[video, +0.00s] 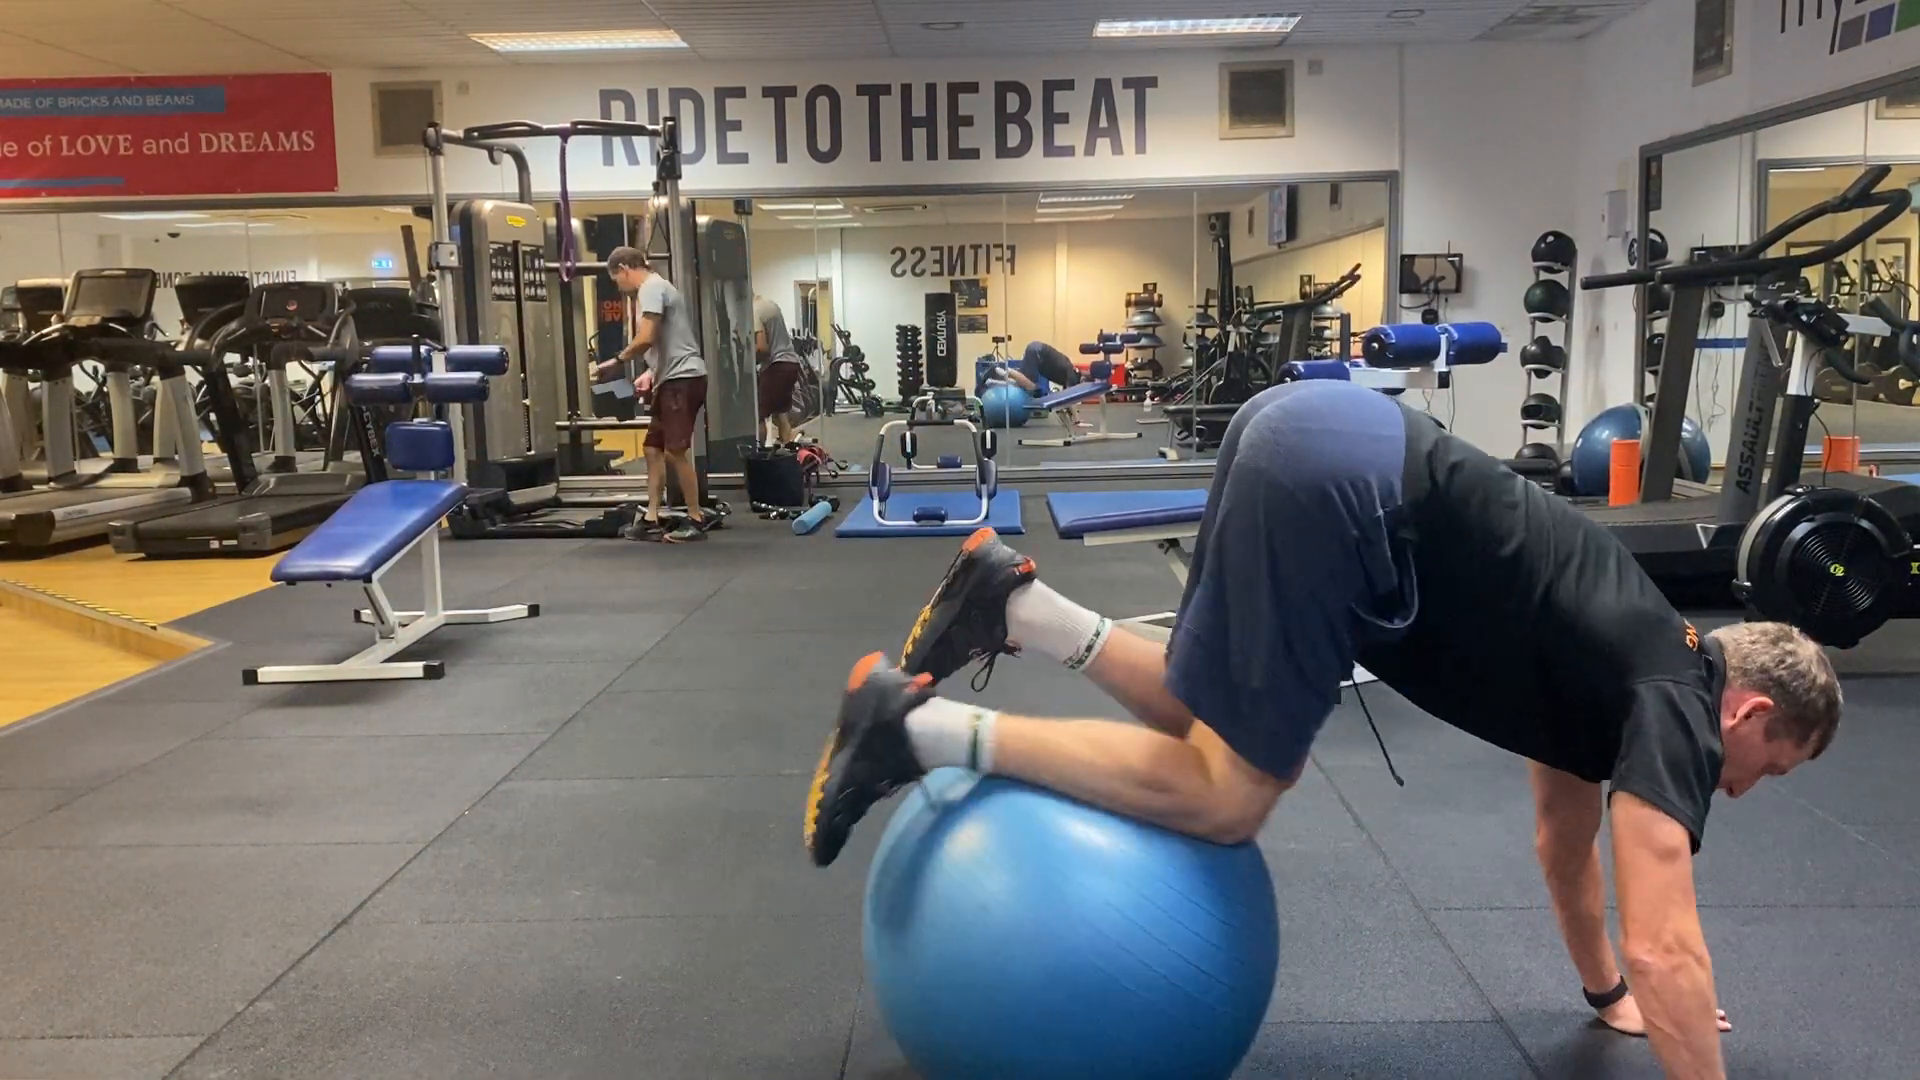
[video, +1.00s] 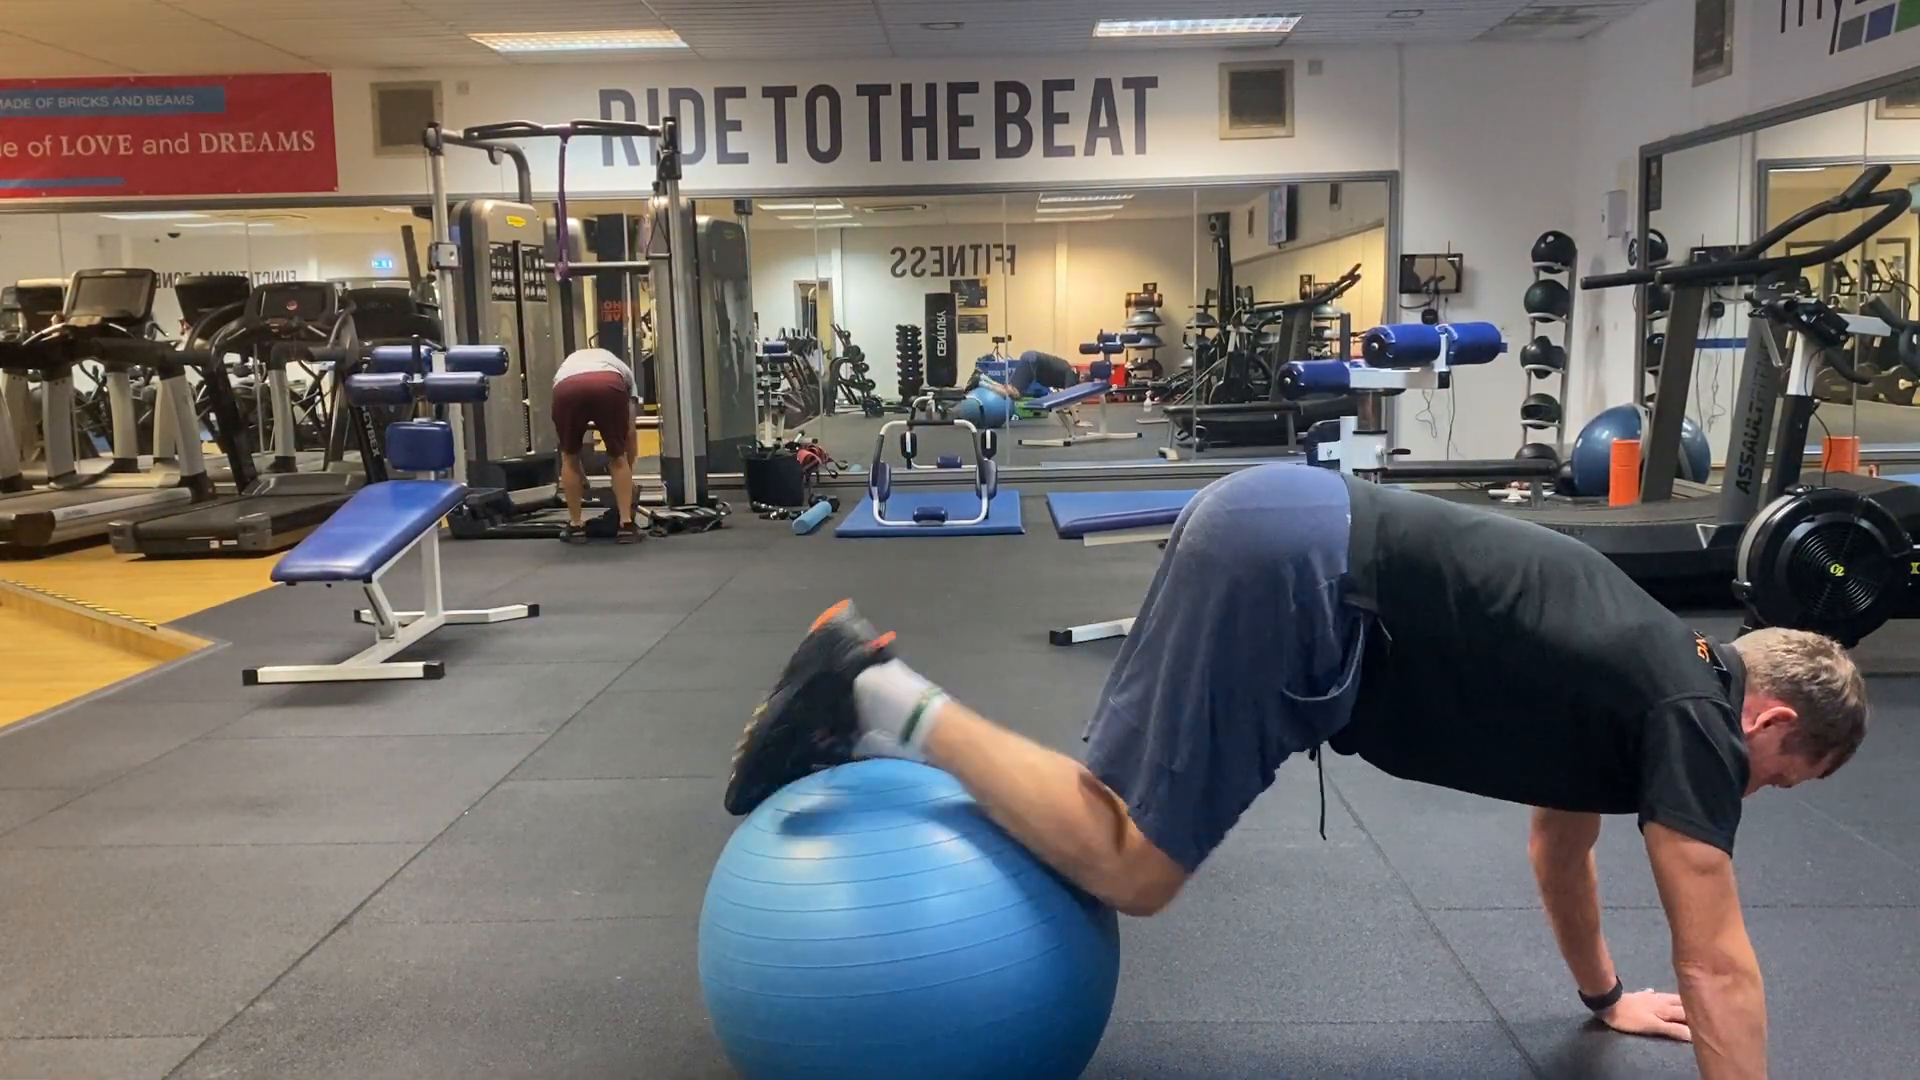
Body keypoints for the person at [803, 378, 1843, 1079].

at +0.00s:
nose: (1751, 779)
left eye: (1770, 771)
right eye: (1766, 759)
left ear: (1722, 662)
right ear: (1742, 702)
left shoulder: (1613, 648)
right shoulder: (1669, 698)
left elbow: (1570, 841)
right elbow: (1666, 961)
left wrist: (1610, 992)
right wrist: (1708, 1072)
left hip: (1317, 423)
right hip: (1337, 467)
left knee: (1213, 704)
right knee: (1225, 793)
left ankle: (1012, 603)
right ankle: (909, 723)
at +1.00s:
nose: (1770, 788)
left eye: (1787, 776)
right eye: (1789, 771)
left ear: (1747, 674)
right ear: (1775, 718)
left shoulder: (1626, 649)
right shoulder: (1692, 710)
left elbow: (1561, 847)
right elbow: (1717, 974)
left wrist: (1609, 1000)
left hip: (1285, 509)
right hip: (1301, 556)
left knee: (1114, 816)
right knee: (1135, 871)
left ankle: (868, 685)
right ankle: (875, 689)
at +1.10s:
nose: (1768, 797)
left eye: (1786, 786)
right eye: (1786, 778)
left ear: (1745, 682)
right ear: (1768, 716)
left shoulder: (1627, 658)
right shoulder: (1685, 711)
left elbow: (1567, 848)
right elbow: (1719, 976)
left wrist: (1607, 993)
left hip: (1276, 518)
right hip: (1298, 556)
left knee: (1133, 826)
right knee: (1198, 899)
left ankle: (851, 712)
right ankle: (1016, 623)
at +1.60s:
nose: (1795, 811)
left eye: (1813, 803)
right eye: (1816, 794)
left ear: (1781, 700)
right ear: (1810, 732)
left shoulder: (1656, 650)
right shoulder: (1730, 702)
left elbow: (1572, 840)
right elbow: (1733, 975)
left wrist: (1607, 997)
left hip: (1306, 526)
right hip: (1344, 584)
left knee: (1124, 794)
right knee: (1165, 869)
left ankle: (897, 617)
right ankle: (893, 702)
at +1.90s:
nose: (1774, 828)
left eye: (1792, 822)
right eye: (1794, 813)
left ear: (1779, 713)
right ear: (1801, 755)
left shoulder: (1651, 663)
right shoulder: (1720, 703)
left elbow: (1573, 845)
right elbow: (1732, 974)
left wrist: (1602, 993)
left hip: (1344, 536)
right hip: (1350, 578)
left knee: (1110, 777)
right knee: (1086, 781)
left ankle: (827, 657)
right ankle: (735, 686)